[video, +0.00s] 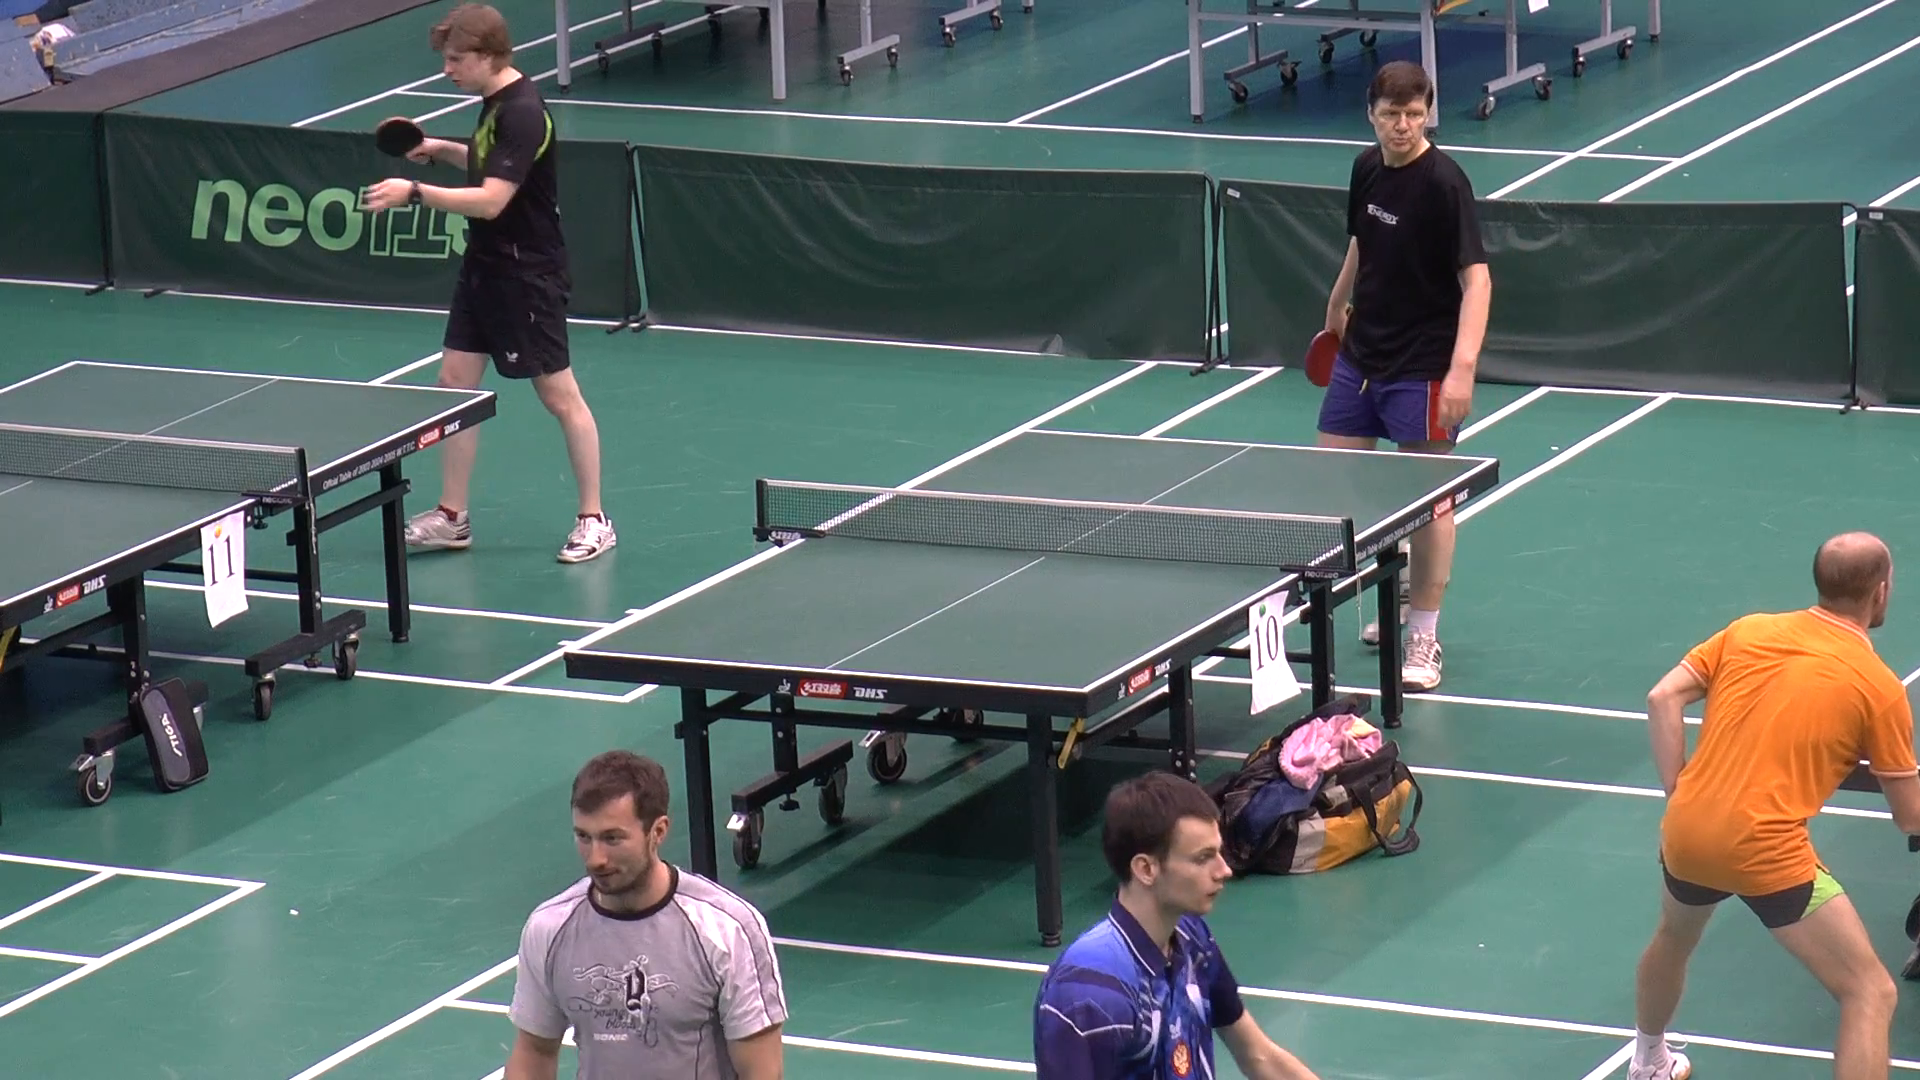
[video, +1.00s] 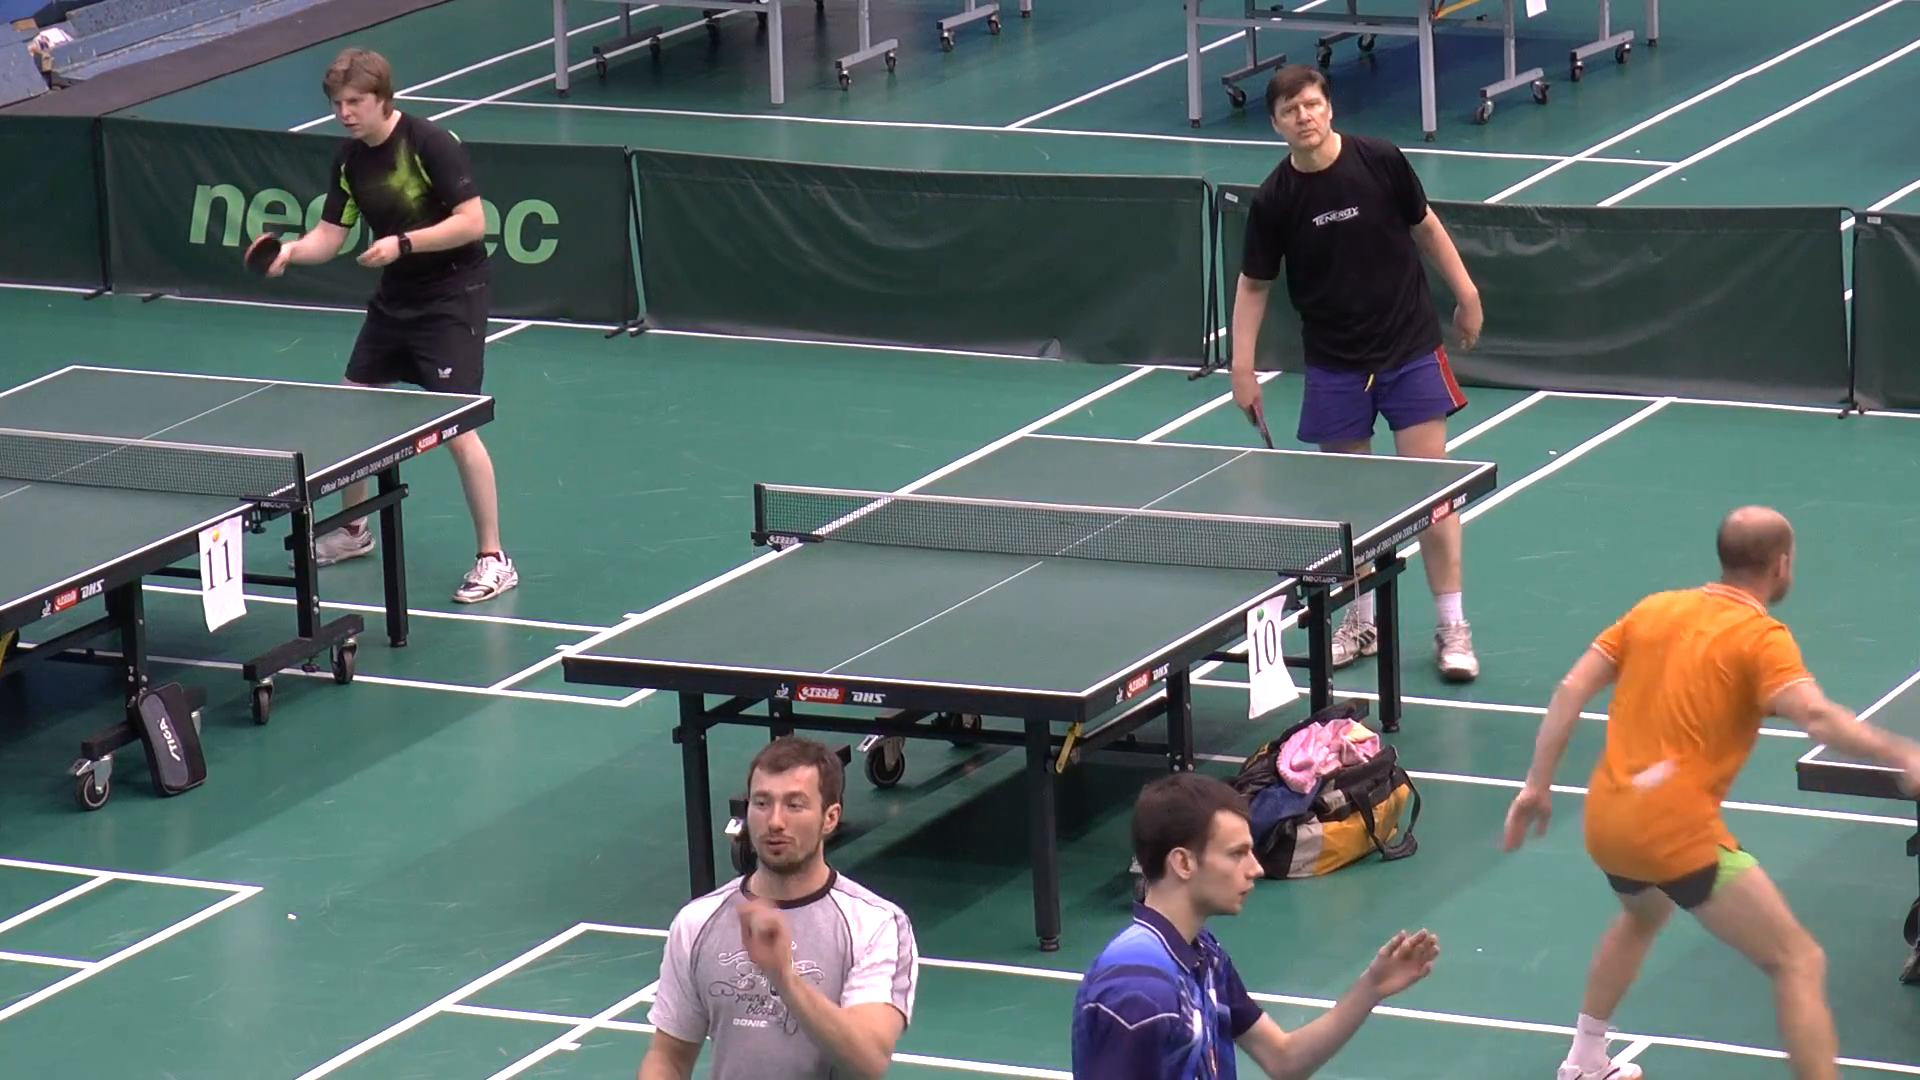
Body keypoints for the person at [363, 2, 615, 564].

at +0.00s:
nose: (449, 72)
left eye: (455, 62)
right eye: (447, 62)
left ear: (488, 56)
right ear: (478, 57)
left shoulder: (523, 111)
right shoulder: (496, 102)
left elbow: (491, 201)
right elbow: (493, 163)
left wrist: (413, 192)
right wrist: (442, 149)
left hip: (529, 274)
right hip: (484, 267)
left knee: (561, 396)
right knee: (456, 383)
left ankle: (593, 518)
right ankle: (453, 515)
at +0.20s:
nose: (404, 86)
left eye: (408, 75)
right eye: (402, 76)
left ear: (435, 70)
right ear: (439, 67)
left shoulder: (481, 118)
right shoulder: (468, 108)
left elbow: (432, 201)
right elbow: (466, 172)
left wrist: (358, 178)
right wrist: (407, 164)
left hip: (511, 280)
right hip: (468, 277)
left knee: (555, 403)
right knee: (437, 395)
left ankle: (594, 520)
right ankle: (430, 524)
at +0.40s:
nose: (357, 95)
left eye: (361, 84)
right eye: (355, 85)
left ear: (392, 78)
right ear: (389, 79)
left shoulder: (444, 118)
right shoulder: (410, 127)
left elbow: (430, 210)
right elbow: (420, 209)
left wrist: (348, 220)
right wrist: (347, 222)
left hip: (485, 276)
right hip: (436, 275)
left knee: (512, 409)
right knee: (414, 399)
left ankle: (589, 511)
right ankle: (427, 527)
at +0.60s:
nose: (343, 95)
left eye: (351, 84)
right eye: (338, 86)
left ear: (382, 77)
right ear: (342, 87)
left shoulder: (436, 116)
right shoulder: (361, 139)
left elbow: (456, 201)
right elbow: (341, 221)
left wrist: (381, 220)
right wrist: (307, 211)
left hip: (467, 269)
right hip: (411, 273)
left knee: (476, 407)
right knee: (395, 403)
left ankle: (539, 532)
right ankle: (425, 529)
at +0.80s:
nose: (352, 103)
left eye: (361, 91)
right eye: (345, 94)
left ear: (391, 87)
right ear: (343, 95)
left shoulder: (438, 131)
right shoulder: (348, 149)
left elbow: (481, 211)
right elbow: (331, 230)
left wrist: (413, 227)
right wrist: (305, 223)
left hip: (456, 292)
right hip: (396, 296)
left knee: (467, 419)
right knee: (375, 413)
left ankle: (495, 556)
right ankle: (417, 523)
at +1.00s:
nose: (345, 114)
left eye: (354, 103)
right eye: (339, 106)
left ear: (384, 98)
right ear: (338, 106)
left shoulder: (431, 141)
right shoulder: (350, 157)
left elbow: (474, 221)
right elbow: (330, 235)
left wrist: (404, 243)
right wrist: (290, 250)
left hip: (451, 299)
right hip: (393, 299)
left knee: (456, 426)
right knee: (350, 410)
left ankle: (493, 557)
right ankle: (355, 529)